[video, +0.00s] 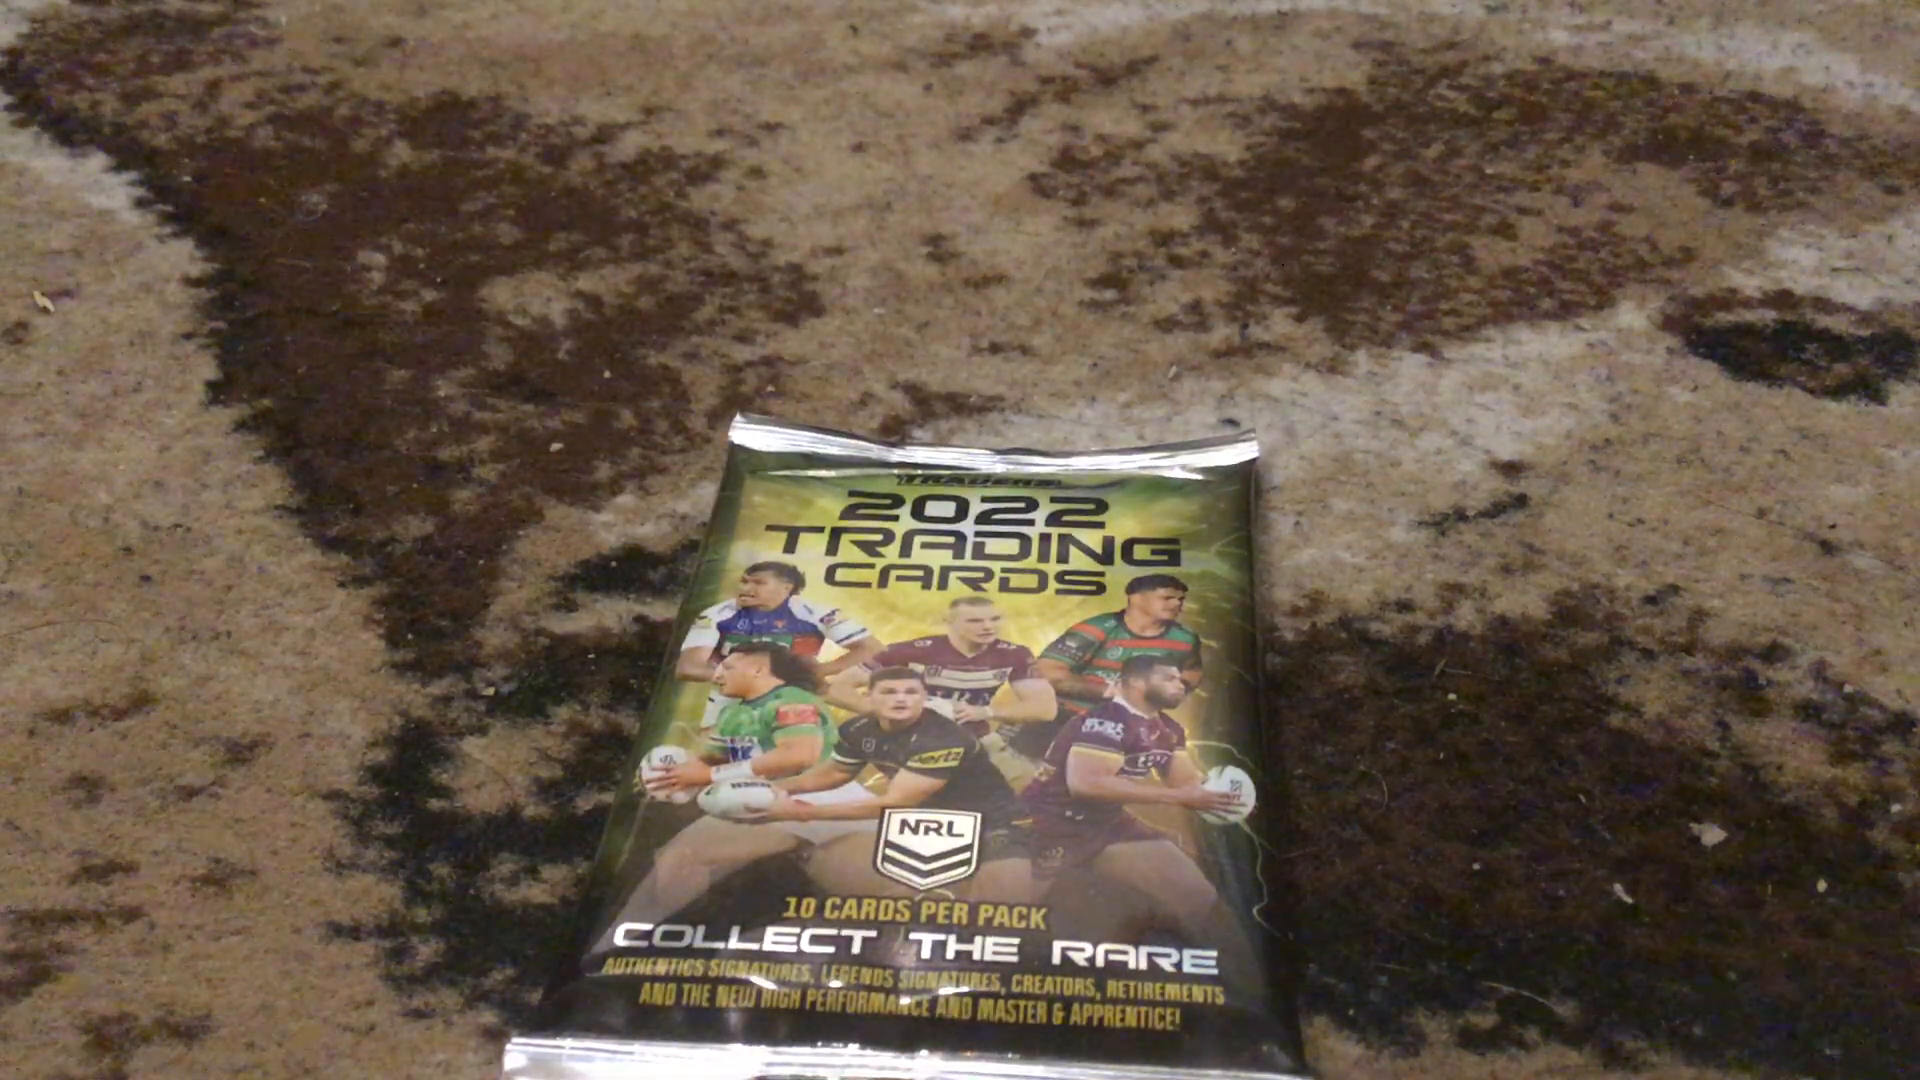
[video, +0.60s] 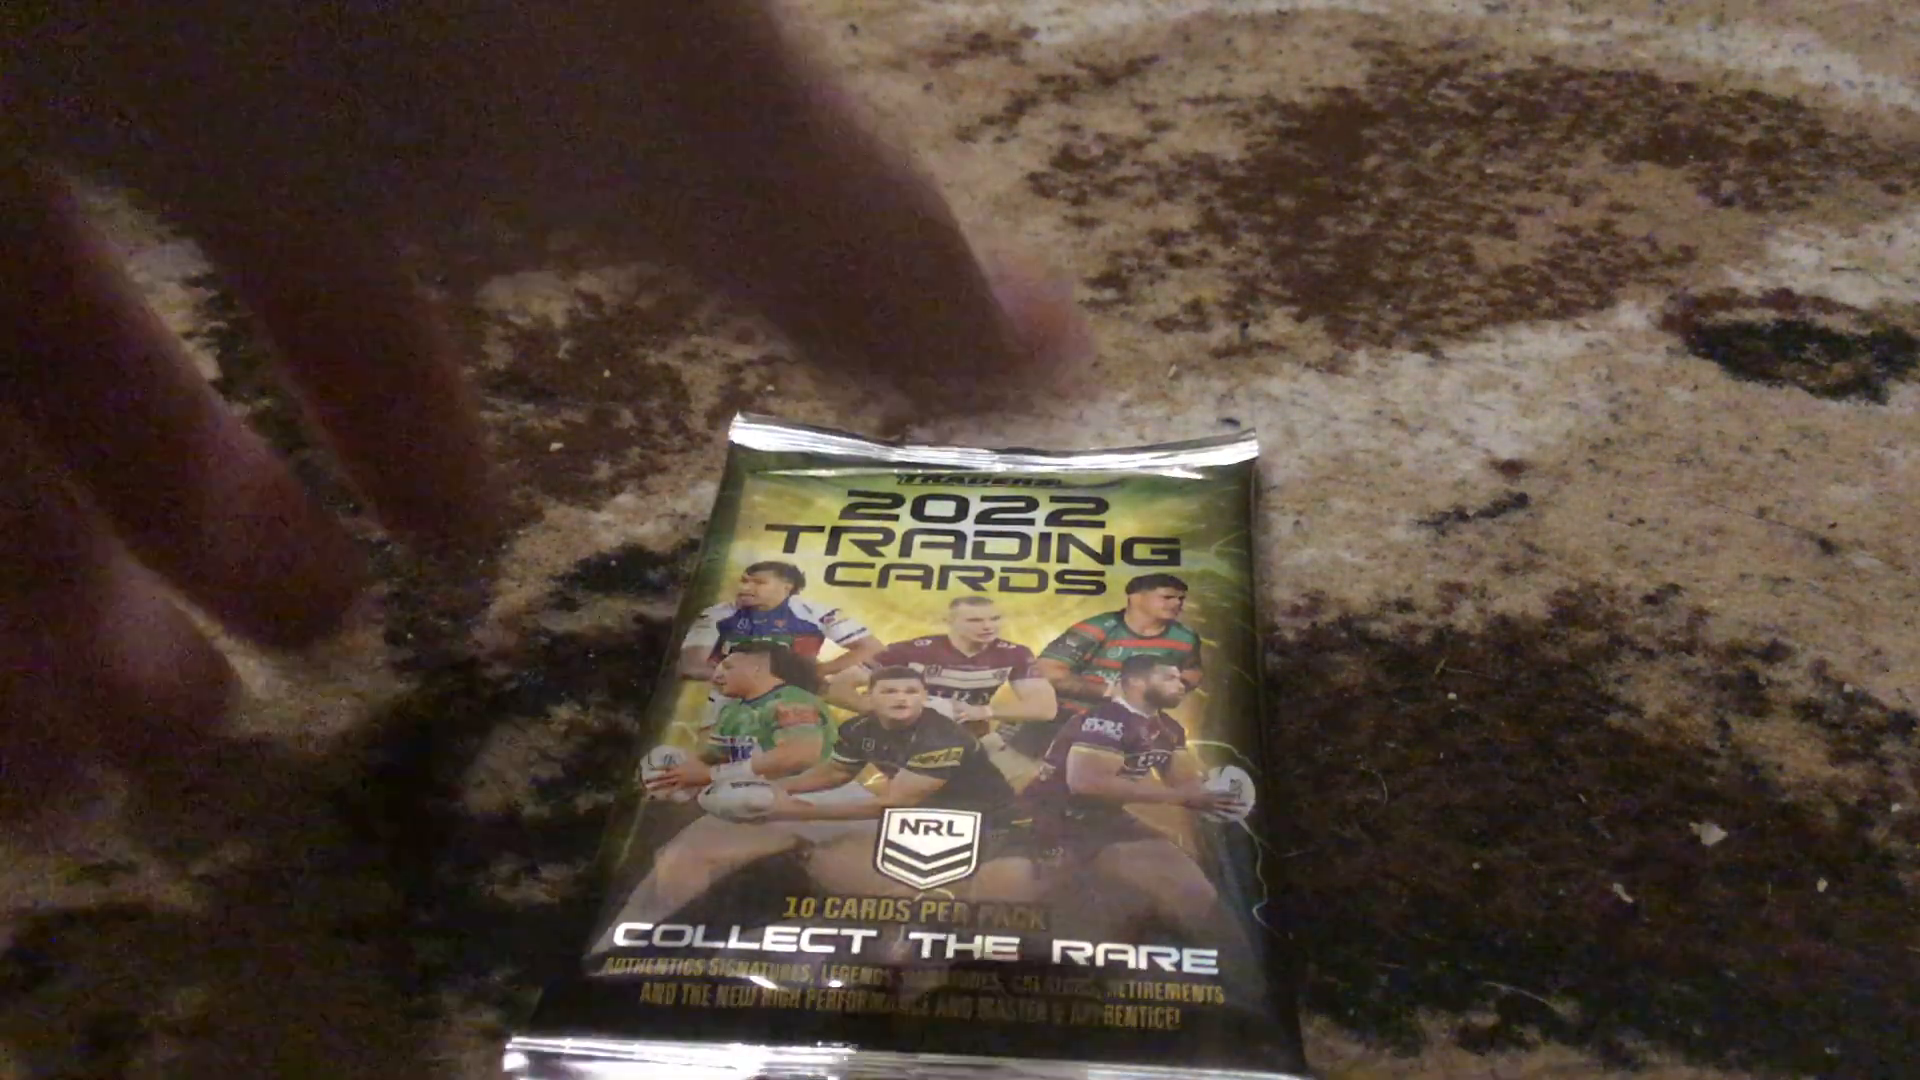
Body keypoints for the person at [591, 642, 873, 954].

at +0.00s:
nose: (719, 669)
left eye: (729, 662)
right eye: (722, 662)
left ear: (761, 664)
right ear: (754, 666)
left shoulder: (793, 701)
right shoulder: (733, 713)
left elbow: (801, 754)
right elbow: (712, 762)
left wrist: (711, 775)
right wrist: (669, 779)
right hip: (753, 814)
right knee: (674, 861)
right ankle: (612, 952)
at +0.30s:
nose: (720, 669)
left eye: (729, 662)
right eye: (722, 662)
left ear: (761, 665)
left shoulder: (793, 700)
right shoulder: (732, 714)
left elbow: (802, 754)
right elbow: (714, 763)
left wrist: (711, 775)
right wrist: (668, 779)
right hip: (752, 814)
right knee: (674, 863)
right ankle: (614, 950)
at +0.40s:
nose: (719, 669)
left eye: (729, 662)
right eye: (721, 662)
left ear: (761, 665)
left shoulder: (793, 701)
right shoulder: (733, 714)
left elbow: (801, 754)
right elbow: (713, 762)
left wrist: (711, 775)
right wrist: (667, 779)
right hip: (758, 814)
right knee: (678, 862)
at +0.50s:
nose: (719, 668)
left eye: (730, 660)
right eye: (722, 661)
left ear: (762, 662)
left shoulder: (793, 701)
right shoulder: (731, 712)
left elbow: (802, 754)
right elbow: (716, 763)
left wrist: (712, 775)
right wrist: (675, 778)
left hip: (783, 818)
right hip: (737, 816)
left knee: (685, 860)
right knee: (669, 862)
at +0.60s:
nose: (719, 670)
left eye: (729, 661)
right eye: (721, 662)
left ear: (763, 661)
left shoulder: (793, 700)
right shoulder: (731, 712)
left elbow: (802, 754)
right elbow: (715, 763)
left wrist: (712, 775)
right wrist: (676, 781)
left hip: (782, 814)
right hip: (736, 814)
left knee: (682, 861)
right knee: (670, 861)